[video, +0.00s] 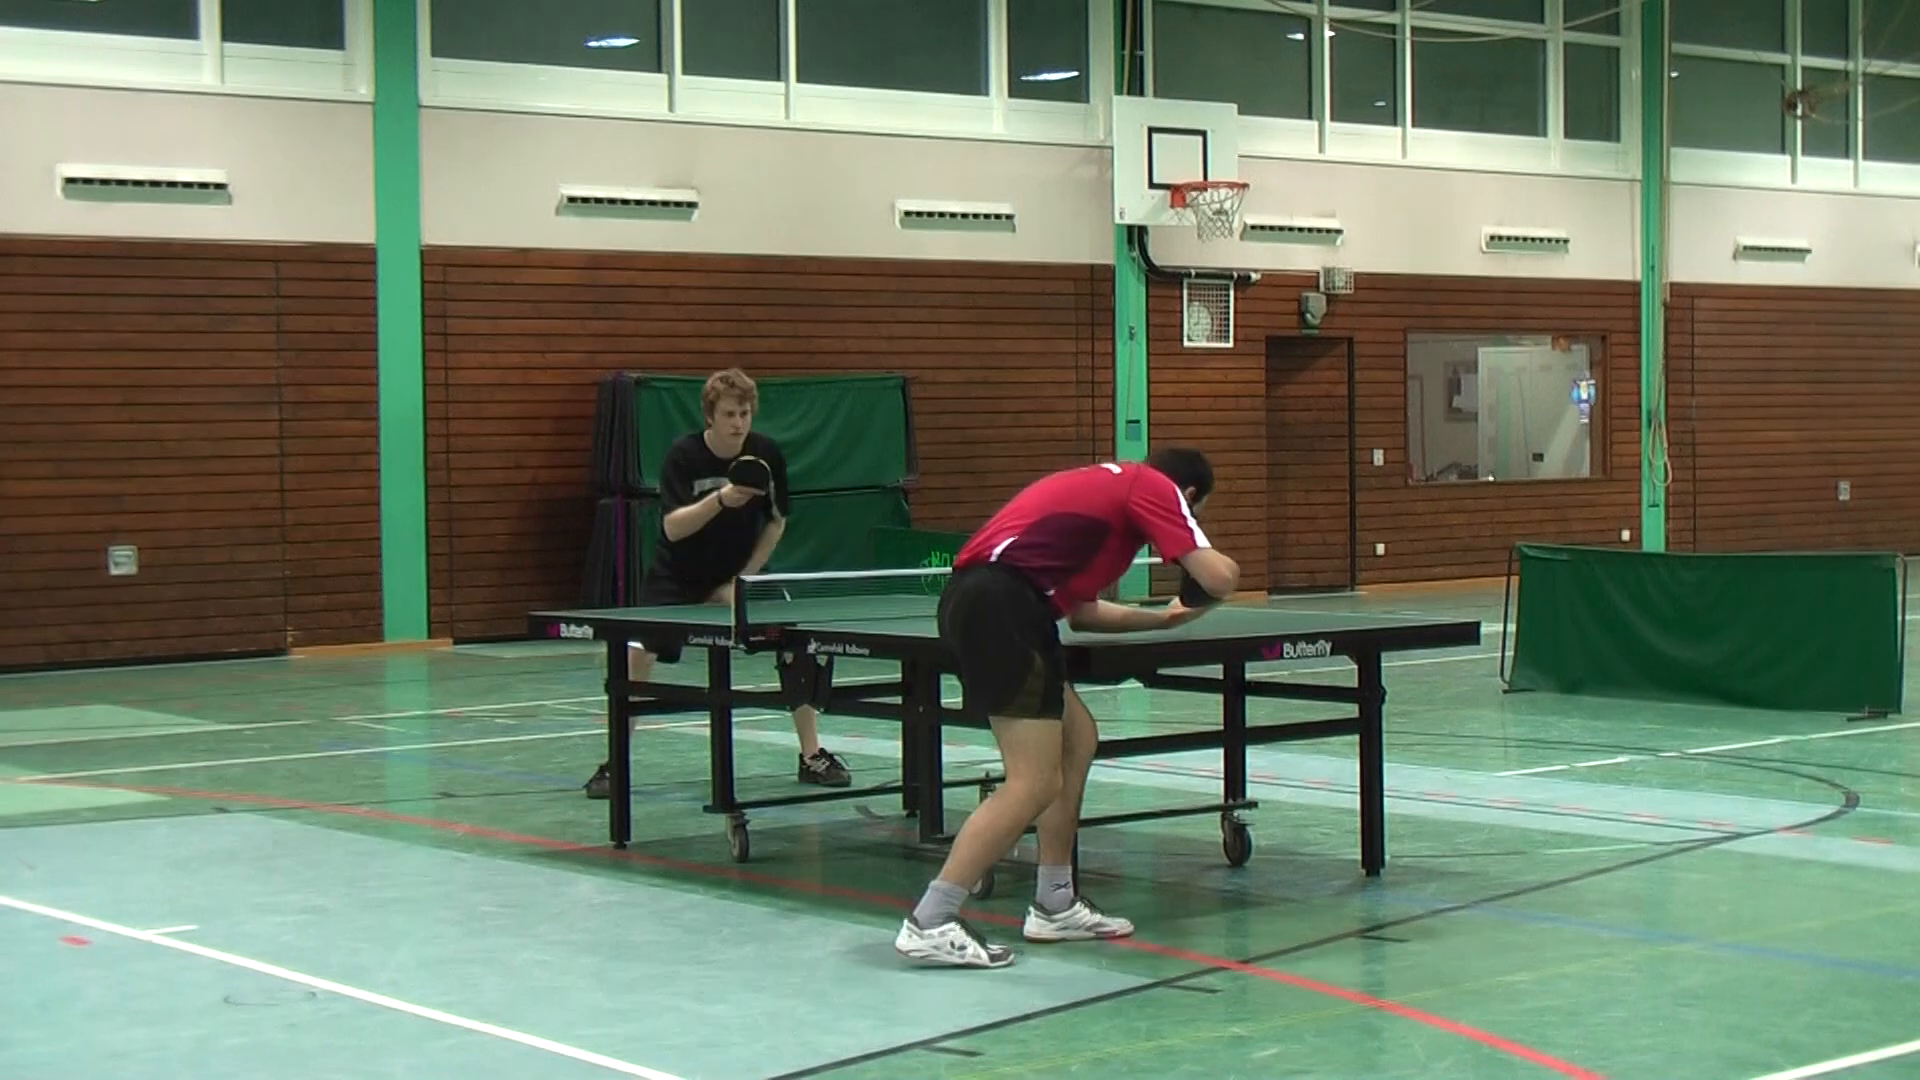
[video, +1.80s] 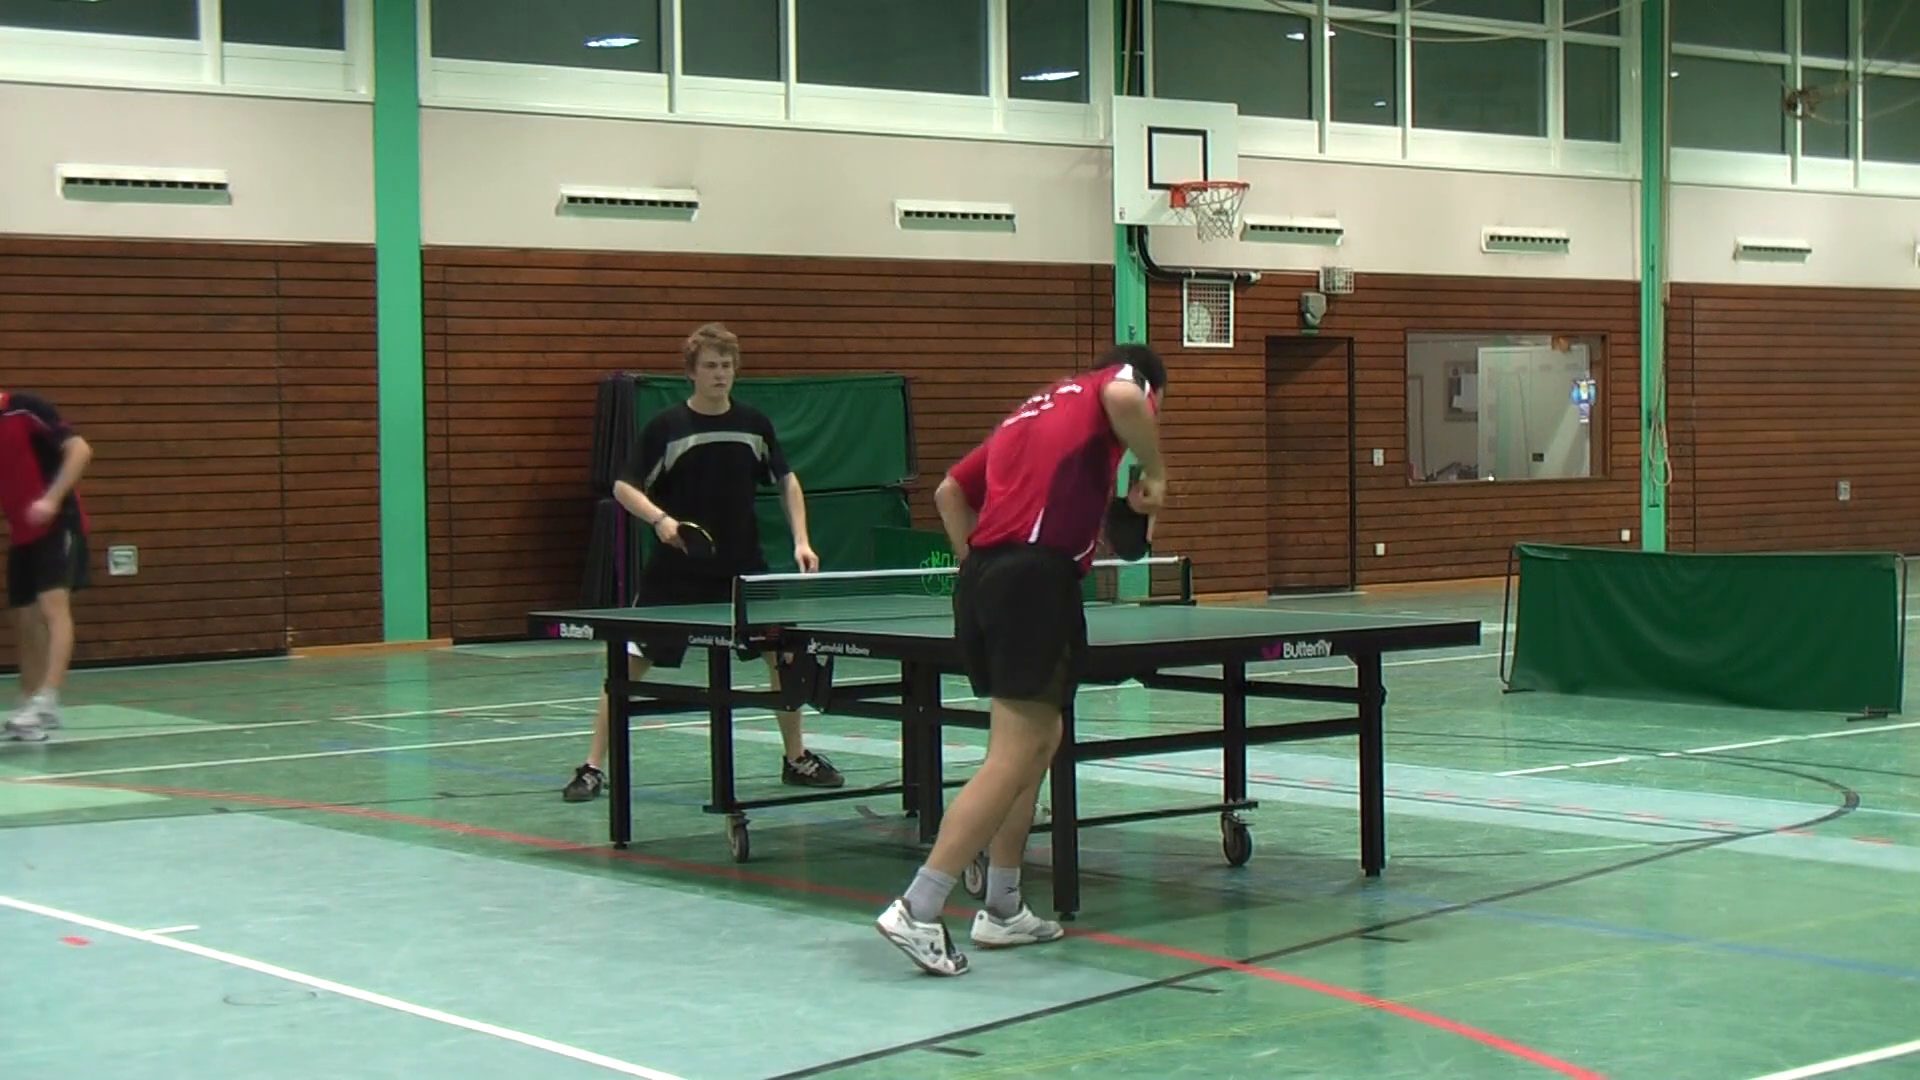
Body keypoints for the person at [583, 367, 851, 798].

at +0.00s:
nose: (739, 423)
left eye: (745, 414)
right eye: (729, 414)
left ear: (753, 414)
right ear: (709, 415)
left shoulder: (767, 454)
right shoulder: (683, 455)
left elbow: (776, 522)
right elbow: (672, 527)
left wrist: (743, 578)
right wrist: (719, 500)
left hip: (734, 576)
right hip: (675, 576)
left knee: (792, 639)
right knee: (636, 652)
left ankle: (812, 754)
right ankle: (616, 764)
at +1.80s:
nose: (720, 373)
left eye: (726, 365)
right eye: (710, 366)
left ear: (736, 370)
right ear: (691, 371)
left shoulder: (755, 424)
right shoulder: (667, 426)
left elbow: (787, 482)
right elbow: (624, 486)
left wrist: (801, 540)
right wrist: (658, 517)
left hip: (744, 567)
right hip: (678, 569)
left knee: (783, 649)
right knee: (630, 663)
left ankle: (797, 756)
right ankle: (594, 765)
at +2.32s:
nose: (758, 432)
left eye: (764, 423)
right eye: (748, 423)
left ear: (773, 424)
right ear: (729, 425)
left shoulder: (784, 471)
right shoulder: (703, 475)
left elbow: (822, 513)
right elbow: (659, 531)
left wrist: (831, 529)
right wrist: (711, 558)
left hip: (768, 598)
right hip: (705, 599)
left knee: (834, 652)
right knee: (676, 664)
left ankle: (831, 757)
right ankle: (622, 767)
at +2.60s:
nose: (760, 459)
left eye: (765, 451)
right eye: (751, 451)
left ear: (771, 454)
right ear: (728, 453)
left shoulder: (778, 494)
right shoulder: (707, 495)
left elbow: (830, 523)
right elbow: (693, 534)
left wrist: (865, 541)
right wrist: (732, 525)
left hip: (755, 612)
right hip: (694, 613)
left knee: (838, 654)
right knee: (686, 677)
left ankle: (831, 756)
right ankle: (619, 772)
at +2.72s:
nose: (751, 430)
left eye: (756, 421)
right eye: (742, 422)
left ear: (762, 424)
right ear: (720, 424)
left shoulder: (767, 471)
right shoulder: (701, 462)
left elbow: (811, 496)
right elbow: (679, 464)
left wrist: (856, 525)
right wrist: (682, 459)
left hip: (747, 601)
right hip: (689, 602)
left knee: (823, 652)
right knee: (686, 674)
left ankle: (831, 757)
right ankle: (619, 769)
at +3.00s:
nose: (716, 384)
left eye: (722, 376)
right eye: (706, 377)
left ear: (729, 380)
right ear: (684, 382)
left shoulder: (741, 436)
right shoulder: (662, 434)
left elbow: (778, 480)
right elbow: (610, 485)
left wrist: (801, 525)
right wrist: (636, 475)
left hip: (722, 572)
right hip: (659, 571)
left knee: (768, 648)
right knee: (618, 655)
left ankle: (764, 753)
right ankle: (565, 753)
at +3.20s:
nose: (671, 378)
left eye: (676, 370)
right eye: (660, 370)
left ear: (683, 375)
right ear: (637, 376)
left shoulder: (694, 427)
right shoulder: (612, 428)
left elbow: (732, 476)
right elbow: (571, 487)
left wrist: (739, 509)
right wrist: (606, 501)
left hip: (674, 563)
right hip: (610, 566)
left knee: (723, 644)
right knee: (567, 643)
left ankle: (743, 748)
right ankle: (531, 756)